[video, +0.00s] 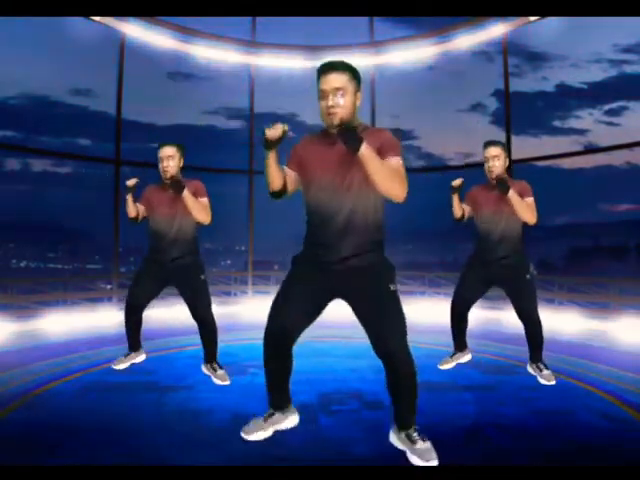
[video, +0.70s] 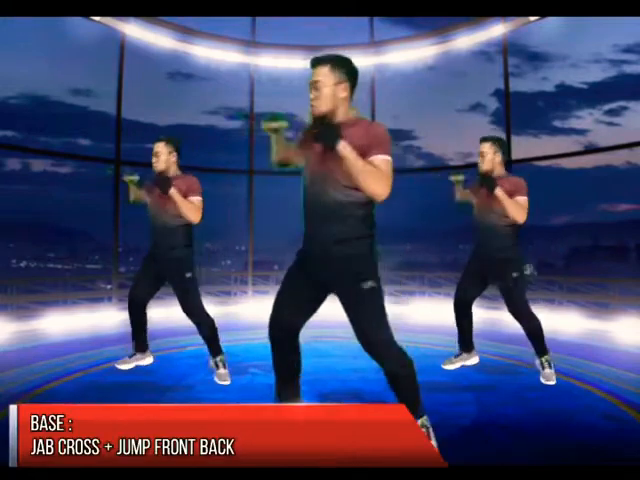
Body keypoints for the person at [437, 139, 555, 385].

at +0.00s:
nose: (492, 163)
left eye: (496, 158)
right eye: (488, 159)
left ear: (506, 160)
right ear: (483, 163)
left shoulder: (520, 188)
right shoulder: (477, 192)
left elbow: (530, 217)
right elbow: (460, 215)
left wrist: (507, 190)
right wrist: (455, 194)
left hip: (513, 264)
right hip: (482, 263)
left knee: (530, 316)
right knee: (458, 306)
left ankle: (536, 362)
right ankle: (460, 351)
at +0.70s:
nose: (480, 160)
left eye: (485, 155)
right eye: (479, 155)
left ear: (499, 157)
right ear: (480, 158)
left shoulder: (515, 184)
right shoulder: (479, 185)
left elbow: (520, 216)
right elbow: (462, 198)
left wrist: (498, 190)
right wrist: (459, 187)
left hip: (508, 257)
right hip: (482, 255)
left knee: (519, 308)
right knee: (461, 301)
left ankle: (543, 358)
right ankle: (467, 352)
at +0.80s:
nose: (477, 160)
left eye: (480, 156)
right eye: (477, 156)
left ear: (493, 157)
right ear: (485, 157)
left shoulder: (504, 181)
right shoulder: (485, 180)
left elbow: (492, 199)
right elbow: (479, 202)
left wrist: (470, 181)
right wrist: (473, 183)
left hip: (502, 252)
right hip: (484, 251)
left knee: (509, 308)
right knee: (462, 299)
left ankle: (546, 356)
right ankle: (467, 352)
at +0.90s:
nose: (481, 161)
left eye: (484, 157)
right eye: (481, 158)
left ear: (495, 157)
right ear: (492, 157)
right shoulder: (493, 178)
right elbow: (485, 210)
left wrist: (431, 169)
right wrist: (479, 185)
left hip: (501, 255)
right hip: (487, 254)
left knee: (509, 312)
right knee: (464, 298)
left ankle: (544, 358)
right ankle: (467, 352)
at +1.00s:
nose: (482, 161)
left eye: (485, 157)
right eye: (482, 157)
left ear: (496, 156)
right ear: (494, 157)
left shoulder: (507, 175)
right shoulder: (493, 179)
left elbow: (471, 183)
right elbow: (482, 208)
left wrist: (447, 173)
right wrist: (480, 182)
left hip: (508, 257)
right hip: (490, 256)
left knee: (517, 312)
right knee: (467, 298)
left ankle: (546, 360)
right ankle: (467, 352)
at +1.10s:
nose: (482, 163)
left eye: (485, 159)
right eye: (480, 159)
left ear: (498, 158)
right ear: (483, 162)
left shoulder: (515, 179)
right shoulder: (487, 184)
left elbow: (512, 205)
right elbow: (480, 211)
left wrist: (487, 183)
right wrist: (474, 191)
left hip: (514, 258)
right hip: (491, 258)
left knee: (524, 312)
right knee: (470, 302)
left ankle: (547, 363)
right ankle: (467, 352)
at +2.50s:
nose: (494, 161)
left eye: (498, 156)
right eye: (492, 156)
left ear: (512, 157)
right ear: (490, 159)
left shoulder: (529, 183)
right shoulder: (485, 189)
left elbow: (542, 208)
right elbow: (466, 209)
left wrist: (517, 184)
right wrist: (457, 195)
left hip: (522, 262)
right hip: (491, 262)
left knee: (539, 317)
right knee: (467, 306)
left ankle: (548, 364)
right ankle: (462, 354)